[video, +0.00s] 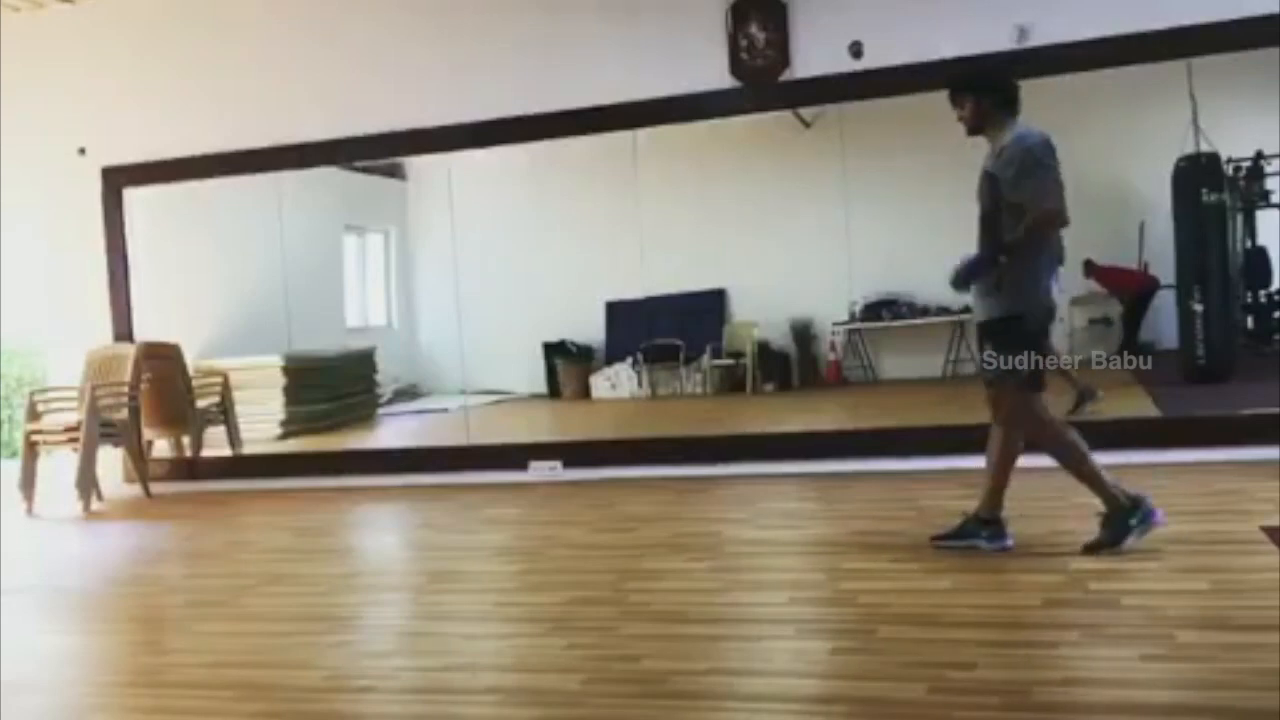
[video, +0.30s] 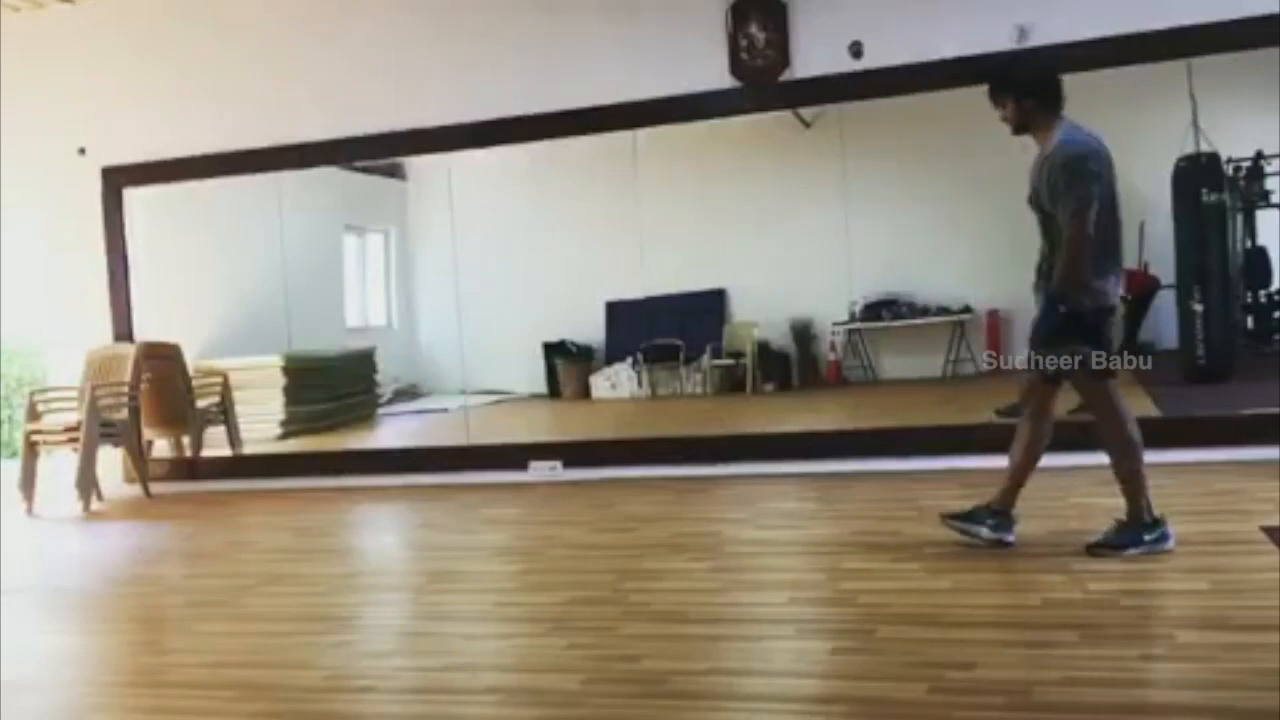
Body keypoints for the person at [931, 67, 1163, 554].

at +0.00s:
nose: (957, 117)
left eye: (960, 106)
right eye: (956, 107)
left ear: (983, 103)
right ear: (987, 103)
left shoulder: (1027, 148)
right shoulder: (1005, 154)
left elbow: (1049, 215)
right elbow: (1030, 227)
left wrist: (987, 259)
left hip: (1018, 308)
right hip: (1005, 307)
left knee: (1023, 412)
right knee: (1009, 411)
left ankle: (1120, 505)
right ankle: (988, 517)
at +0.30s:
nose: (1001, 117)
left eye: (1003, 106)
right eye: (998, 107)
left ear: (1028, 103)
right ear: (1034, 102)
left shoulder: (1074, 153)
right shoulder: (1056, 152)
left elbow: (1077, 240)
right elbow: (1062, 238)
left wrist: (1057, 305)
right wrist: (1049, 295)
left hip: (1080, 302)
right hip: (1068, 300)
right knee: (1035, 404)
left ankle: (1143, 520)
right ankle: (999, 510)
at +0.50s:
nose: (1016, 108)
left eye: (1019, 97)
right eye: (1014, 99)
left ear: (1045, 95)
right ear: (1054, 95)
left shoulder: (1092, 148)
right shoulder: (1078, 143)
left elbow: (1094, 233)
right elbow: (1092, 225)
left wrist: (1096, 302)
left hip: (1100, 302)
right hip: (1073, 298)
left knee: (1111, 397)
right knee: (1048, 387)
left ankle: (1144, 517)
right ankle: (1065, 507)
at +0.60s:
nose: (1021, 110)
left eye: (1024, 99)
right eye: (1019, 101)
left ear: (1050, 95)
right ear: (1057, 96)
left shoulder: (1100, 147)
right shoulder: (1074, 145)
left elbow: (1105, 234)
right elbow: (1089, 220)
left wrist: (1104, 307)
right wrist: (1061, 206)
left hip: (1105, 303)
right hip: (1073, 300)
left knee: (1111, 395)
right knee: (1053, 385)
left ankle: (1145, 518)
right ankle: (1096, 500)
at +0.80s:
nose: (1035, 110)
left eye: (1037, 99)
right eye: (1033, 100)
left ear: (1063, 95)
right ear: (1063, 95)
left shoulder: (1112, 151)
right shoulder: (1084, 139)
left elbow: (1125, 238)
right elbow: (1095, 213)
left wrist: (1117, 312)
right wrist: (1070, 202)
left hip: (1110, 300)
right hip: (1081, 296)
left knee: (1118, 399)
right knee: (1071, 388)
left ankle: (1145, 519)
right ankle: (1180, 463)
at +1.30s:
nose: (1032, 105)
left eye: (1036, 94)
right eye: (1031, 95)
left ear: (1061, 92)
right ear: (1068, 91)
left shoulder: (1105, 149)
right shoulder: (1081, 139)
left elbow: (1112, 238)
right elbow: (1096, 213)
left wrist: (1098, 306)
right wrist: (1068, 206)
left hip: (1115, 298)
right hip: (1083, 292)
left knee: (1118, 394)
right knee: (1052, 384)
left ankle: (1146, 518)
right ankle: (1103, 488)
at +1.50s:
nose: (1017, 109)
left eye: (1019, 98)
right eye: (1015, 99)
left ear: (1041, 95)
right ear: (1057, 91)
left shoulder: (1073, 147)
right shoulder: (1093, 134)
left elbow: (1082, 229)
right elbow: (1105, 220)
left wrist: (1068, 293)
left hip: (1101, 298)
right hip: (1107, 292)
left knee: (1114, 401)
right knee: (1054, 394)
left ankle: (1145, 519)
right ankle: (1024, 504)